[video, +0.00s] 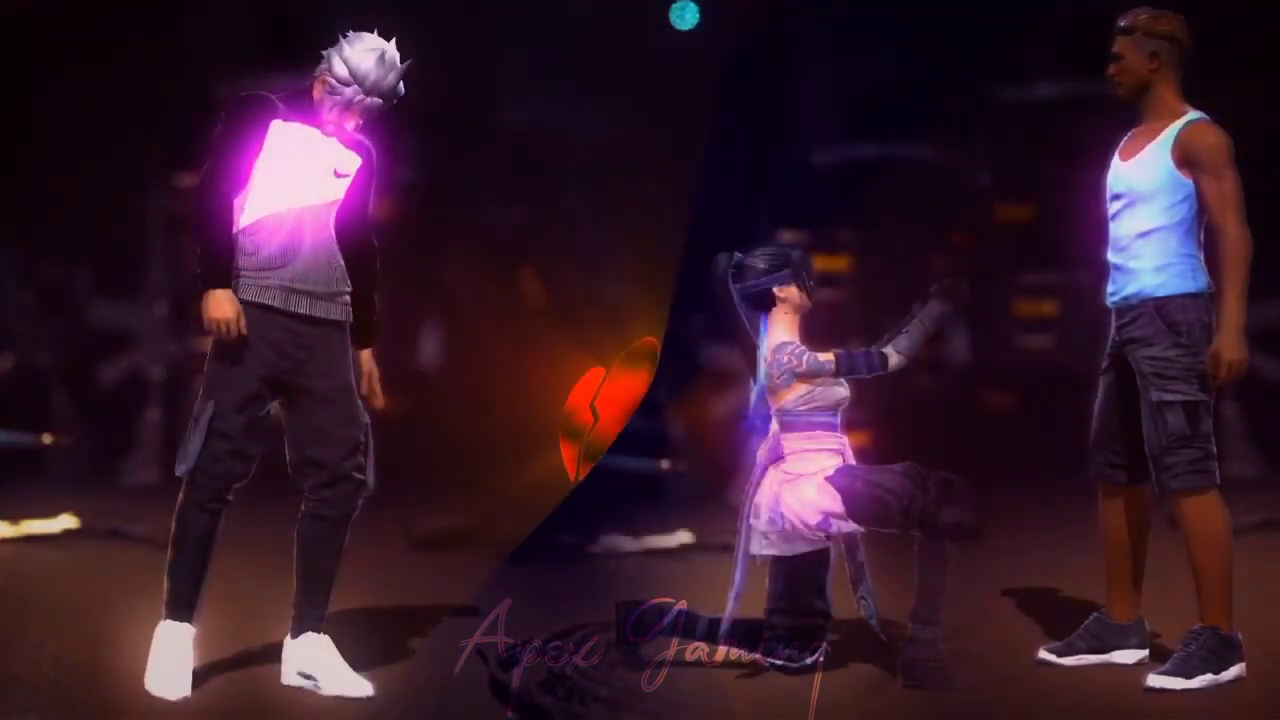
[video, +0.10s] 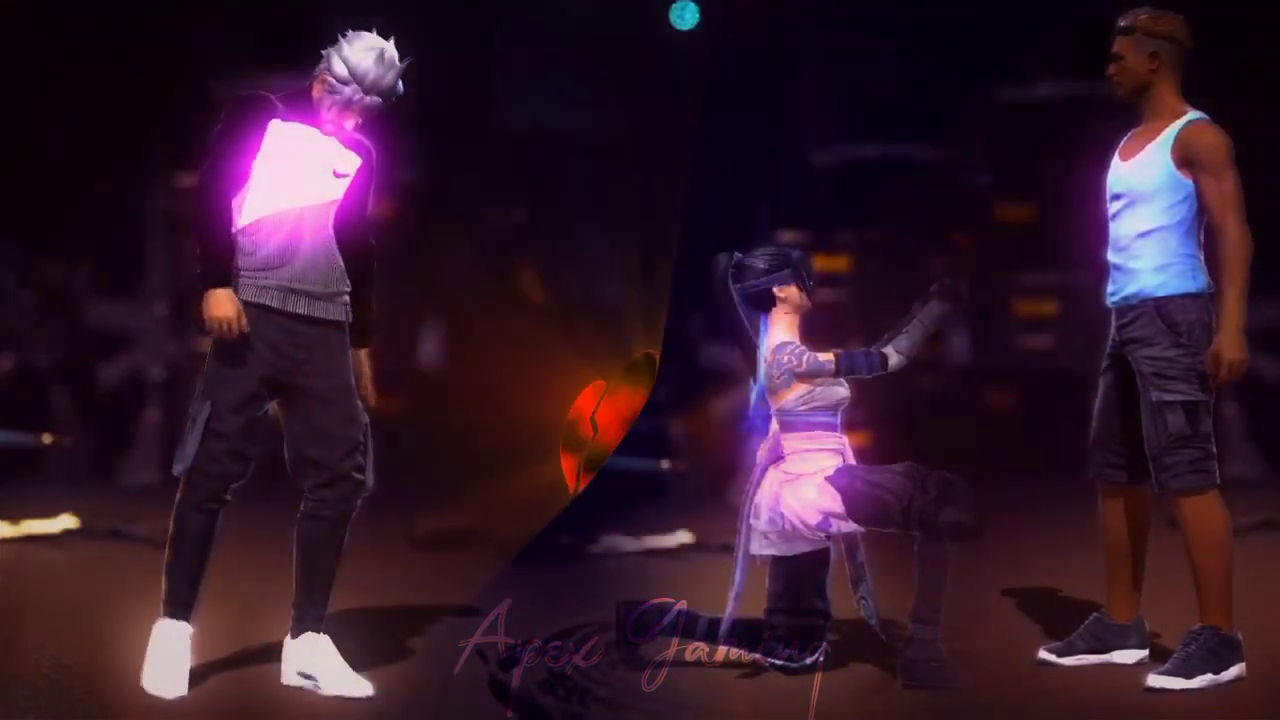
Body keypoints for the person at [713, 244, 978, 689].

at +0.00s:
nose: (806, 288)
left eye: (800, 281)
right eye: (797, 282)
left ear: (775, 296)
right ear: (778, 294)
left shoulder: (781, 350)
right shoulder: (787, 354)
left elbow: (878, 358)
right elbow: (887, 359)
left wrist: (928, 308)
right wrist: (938, 305)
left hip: (799, 484)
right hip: (808, 488)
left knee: (795, 645)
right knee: (943, 497)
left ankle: (673, 623)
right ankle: (923, 651)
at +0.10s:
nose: (805, 289)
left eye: (800, 281)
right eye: (797, 282)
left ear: (775, 296)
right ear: (779, 293)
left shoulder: (782, 351)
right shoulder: (787, 354)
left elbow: (878, 358)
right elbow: (885, 359)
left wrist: (926, 311)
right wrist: (936, 308)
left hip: (796, 486)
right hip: (808, 488)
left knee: (795, 645)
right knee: (943, 497)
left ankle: (676, 623)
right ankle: (924, 651)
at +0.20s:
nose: (805, 288)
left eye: (801, 280)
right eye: (797, 281)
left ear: (777, 296)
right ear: (780, 292)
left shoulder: (786, 352)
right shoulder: (786, 355)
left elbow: (881, 358)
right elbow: (885, 359)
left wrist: (928, 308)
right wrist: (936, 307)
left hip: (796, 486)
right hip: (806, 487)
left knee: (796, 646)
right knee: (943, 498)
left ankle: (672, 622)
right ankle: (924, 651)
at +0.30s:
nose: (805, 288)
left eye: (799, 280)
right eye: (796, 282)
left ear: (776, 296)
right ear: (779, 293)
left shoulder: (784, 351)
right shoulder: (787, 355)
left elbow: (881, 358)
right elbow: (885, 359)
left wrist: (927, 309)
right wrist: (936, 306)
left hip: (793, 488)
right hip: (808, 488)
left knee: (796, 645)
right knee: (945, 497)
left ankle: (674, 621)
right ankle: (923, 652)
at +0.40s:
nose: (805, 287)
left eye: (801, 279)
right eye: (797, 280)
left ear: (779, 293)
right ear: (779, 291)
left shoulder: (791, 351)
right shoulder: (785, 355)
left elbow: (879, 358)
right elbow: (884, 359)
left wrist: (928, 308)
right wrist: (936, 307)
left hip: (806, 483)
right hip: (805, 485)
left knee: (796, 645)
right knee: (944, 501)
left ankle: (661, 619)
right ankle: (923, 653)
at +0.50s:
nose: (806, 288)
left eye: (800, 281)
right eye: (797, 282)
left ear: (776, 296)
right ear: (779, 293)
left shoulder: (782, 351)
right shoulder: (788, 355)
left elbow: (882, 358)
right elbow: (886, 359)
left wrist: (927, 309)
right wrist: (937, 306)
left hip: (793, 487)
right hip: (809, 486)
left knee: (795, 645)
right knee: (945, 499)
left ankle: (672, 623)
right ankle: (923, 651)